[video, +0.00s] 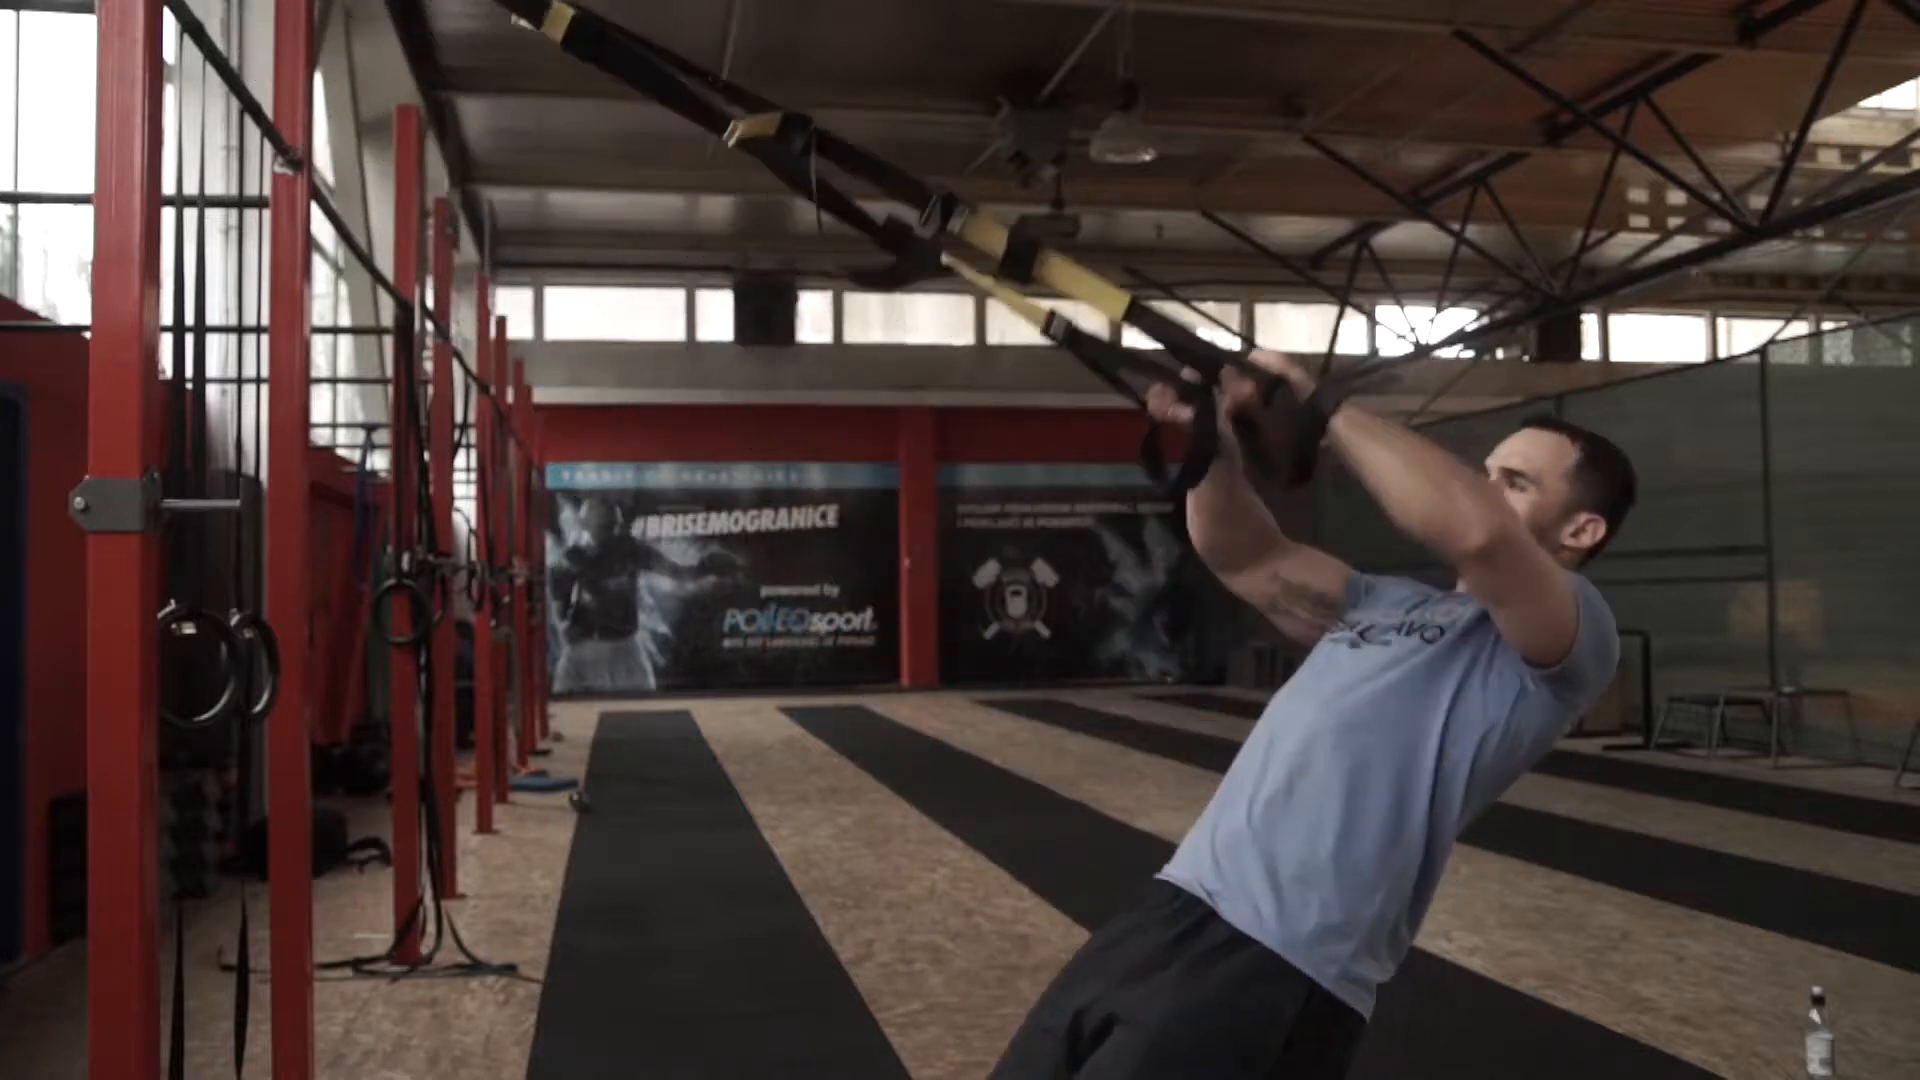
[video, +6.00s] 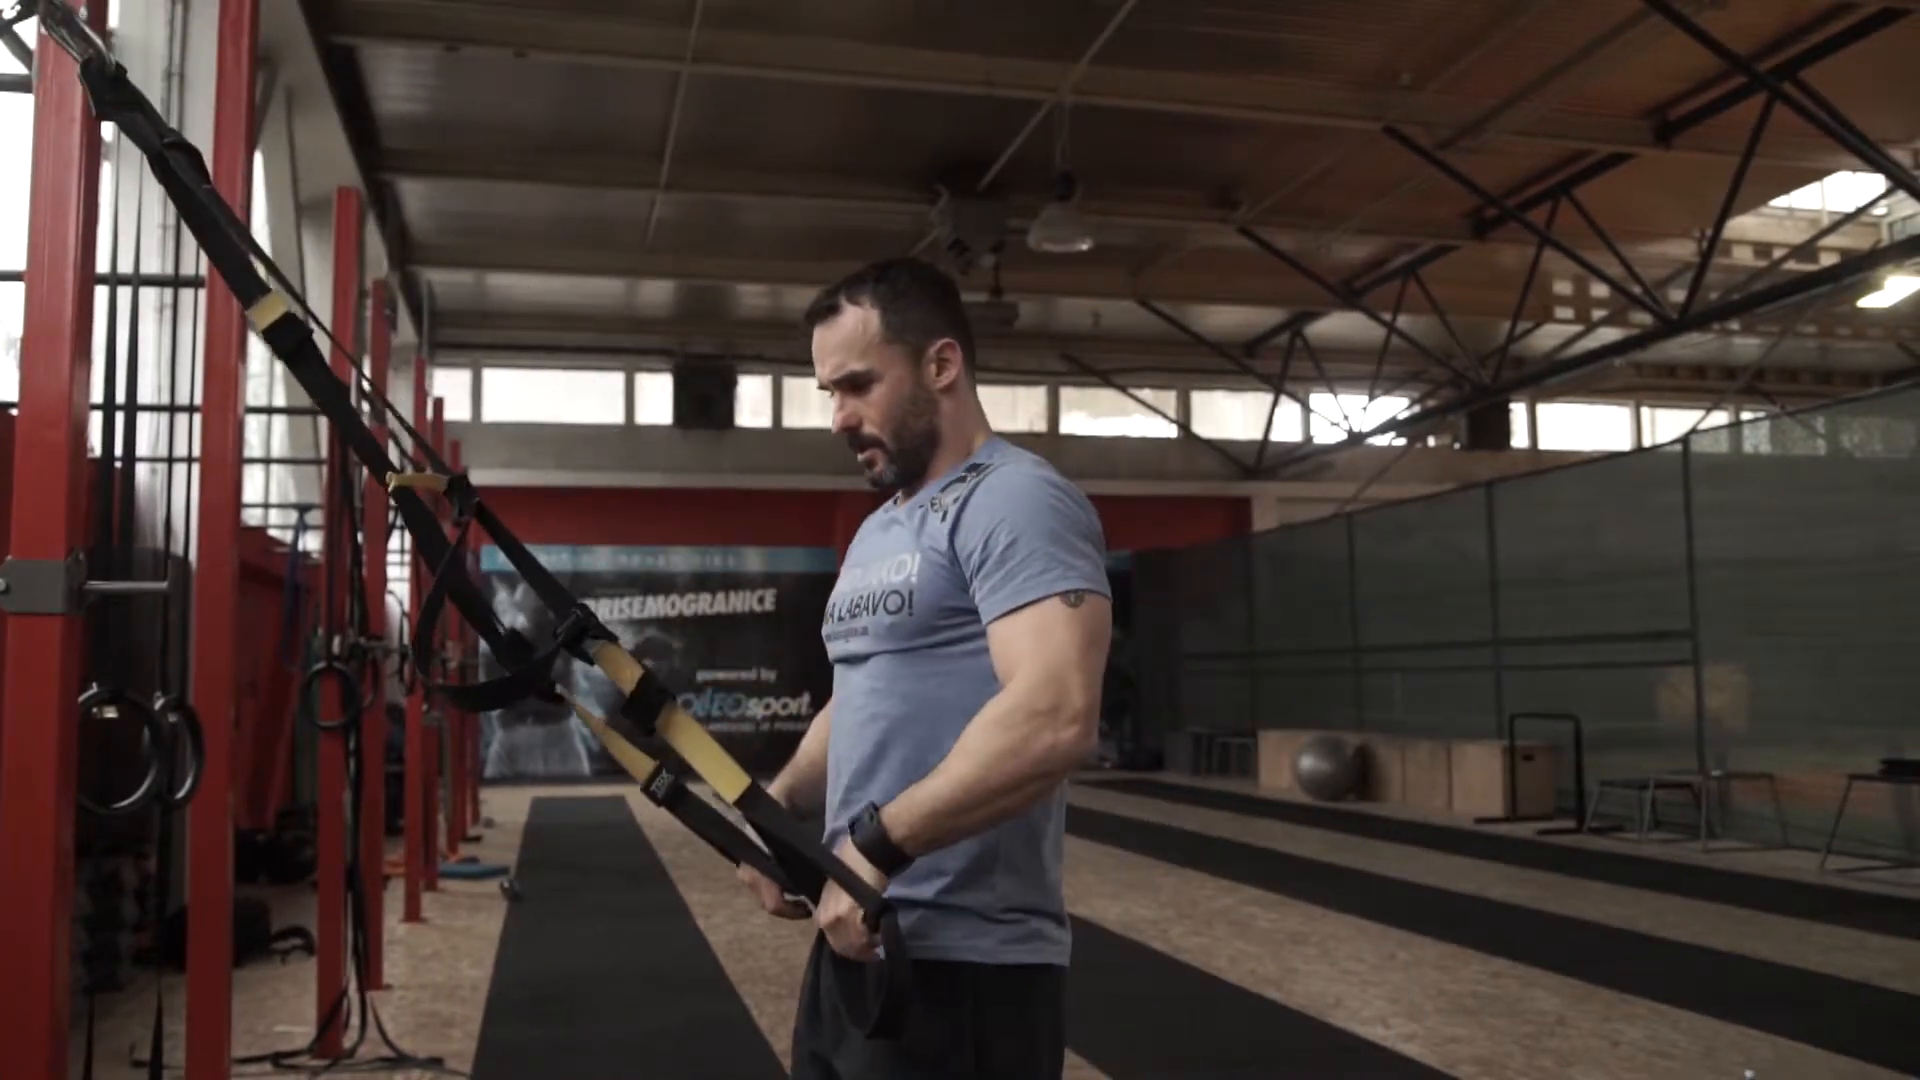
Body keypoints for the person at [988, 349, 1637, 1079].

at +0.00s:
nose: (1485, 489)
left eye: (1516, 482)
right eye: (1489, 472)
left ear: (1582, 533)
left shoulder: (1569, 645)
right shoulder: (1394, 601)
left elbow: (1475, 529)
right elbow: (1251, 554)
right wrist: (1207, 447)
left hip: (1280, 985)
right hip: (1168, 913)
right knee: (1026, 1064)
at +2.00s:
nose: (1524, 507)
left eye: (1558, 498)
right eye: (1530, 492)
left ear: (1628, 547)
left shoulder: (1618, 654)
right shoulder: (1447, 617)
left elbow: (1502, 532)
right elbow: (1299, 566)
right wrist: (1229, 471)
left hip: (1319, 992)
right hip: (1224, 926)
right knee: (1078, 1058)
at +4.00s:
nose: (1478, 552)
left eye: (1516, 541)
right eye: (1482, 536)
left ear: (1579, 591)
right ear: (1468, 554)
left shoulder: (1567, 697)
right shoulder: (1402, 671)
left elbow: (1390, 665)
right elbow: (1238, 685)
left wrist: (1210, 588)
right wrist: (1125, 607)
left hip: (1340, 1034)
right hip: (1227, 976)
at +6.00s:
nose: (839, 419)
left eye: (859, 386)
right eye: (831, 394)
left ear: (943, 365)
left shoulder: (1018, 495)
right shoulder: (879, 528)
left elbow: (1054, 715)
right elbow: (859, 700)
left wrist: (874, 845)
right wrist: (776, 813)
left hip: (971, 965)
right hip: (856, 951)